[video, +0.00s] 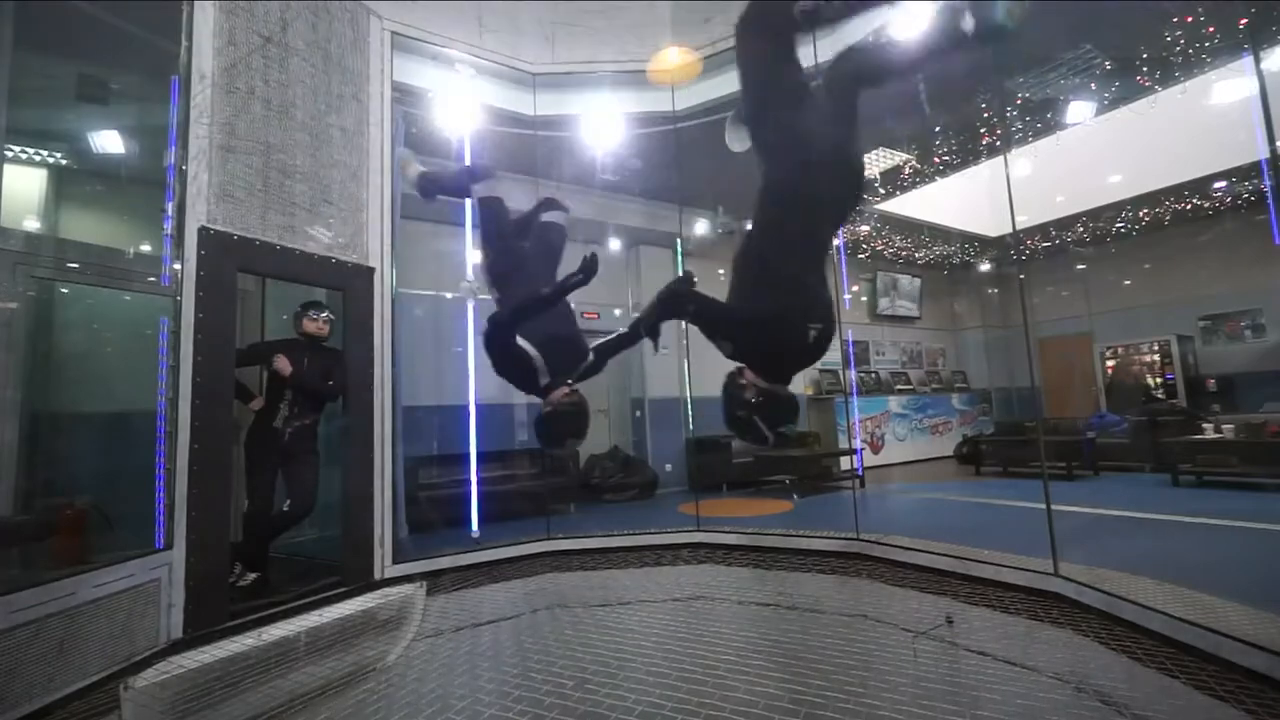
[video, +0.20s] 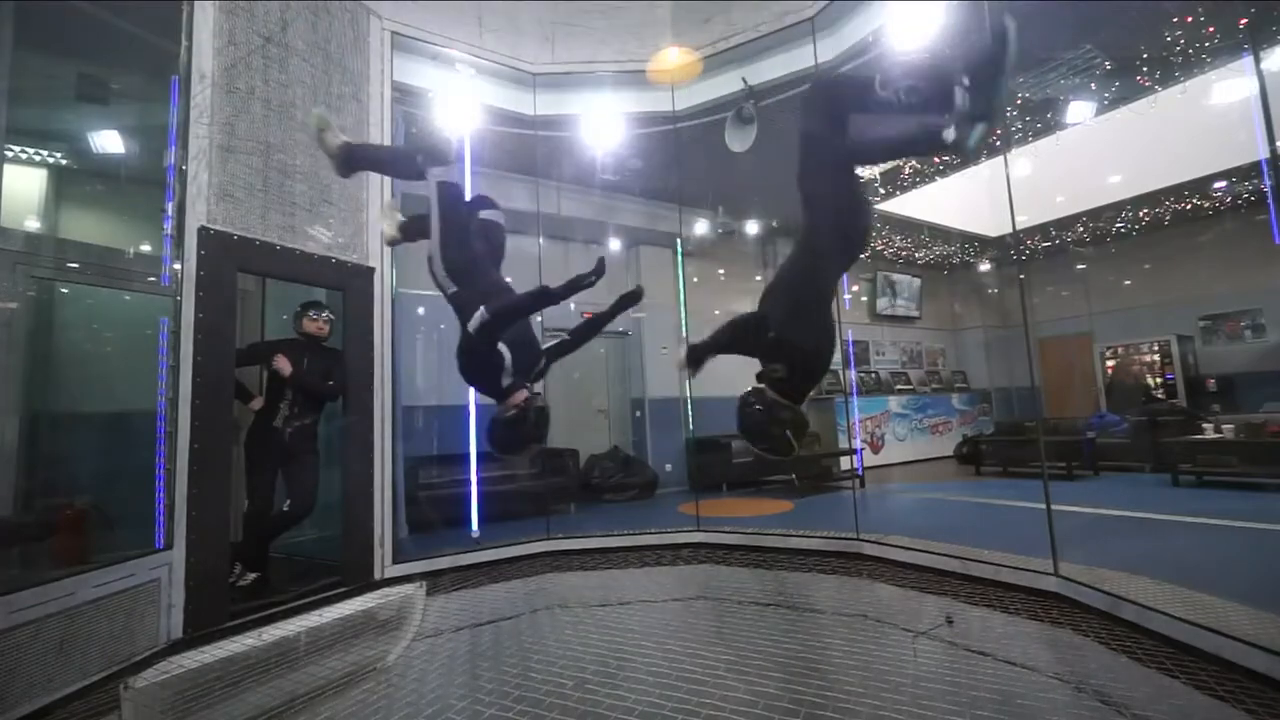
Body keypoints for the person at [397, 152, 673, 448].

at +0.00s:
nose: (570, 395)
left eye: (565, 405)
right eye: (573, 401)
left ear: (547, 403)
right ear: (578, 394)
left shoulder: (520, 375)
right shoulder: (586, 366)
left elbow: (499, 326)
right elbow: (630, 334)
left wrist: (571, 283)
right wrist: (659, 309)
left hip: (508, 283)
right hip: (547, 278)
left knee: (486, 192)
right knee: (557, 220)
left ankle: (424, 181)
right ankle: (512, 231)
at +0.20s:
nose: (520, 402)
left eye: (514, 412)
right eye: (526, 410)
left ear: (506, 409)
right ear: (532, 404)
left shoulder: (478, 371)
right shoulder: (533, 371)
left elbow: (507, 314)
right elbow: (579, 338)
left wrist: (575, 285)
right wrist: (616, 308)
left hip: (457, 272)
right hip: (491, 270)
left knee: (440, 165)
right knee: (485, 201)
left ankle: (346, 155)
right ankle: (405, 230)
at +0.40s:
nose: (502, 403)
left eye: (496, 411)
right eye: (504, 410)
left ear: (474, 415)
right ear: (491, 411)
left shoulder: (448, 369)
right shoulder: (481, 372)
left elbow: (499, 307)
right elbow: (529, 336)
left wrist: (559, 292)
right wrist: (572, 307)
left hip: (413, 255)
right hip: (440, 258)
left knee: (403, 132)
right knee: (419, 197)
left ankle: (274, 112)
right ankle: (320, 214)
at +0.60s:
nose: (435, 429)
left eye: (440, 434)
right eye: (444, 433)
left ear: (454, 423)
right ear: (463, 421)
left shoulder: (450, 367)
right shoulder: (430, 385)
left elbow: (510, 318)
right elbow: (508, 316)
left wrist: (581, 305)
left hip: (381, 239)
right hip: (376, 262)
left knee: (331, 90)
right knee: (357, 169)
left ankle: (219, 39)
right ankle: (240, 159)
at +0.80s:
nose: (464, 419)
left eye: (460, 428)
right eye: (464, 429)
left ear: (450, 427)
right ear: (452, 431)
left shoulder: (447, 372)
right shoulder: (395, 383)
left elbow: (528, 328)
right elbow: (405, 309)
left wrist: (600, 300)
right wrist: (471, 316)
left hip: (382, 219)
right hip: (346, 233)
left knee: (396, 62)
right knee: (330, 121)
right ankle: (160, 91)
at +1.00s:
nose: (446, 449)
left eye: (450, 453)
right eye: (454, 457)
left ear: (460, 435)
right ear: (452, 446)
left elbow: (546, 344)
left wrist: (600, 323)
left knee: (437, 41)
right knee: (308, 81)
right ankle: (145, 17)